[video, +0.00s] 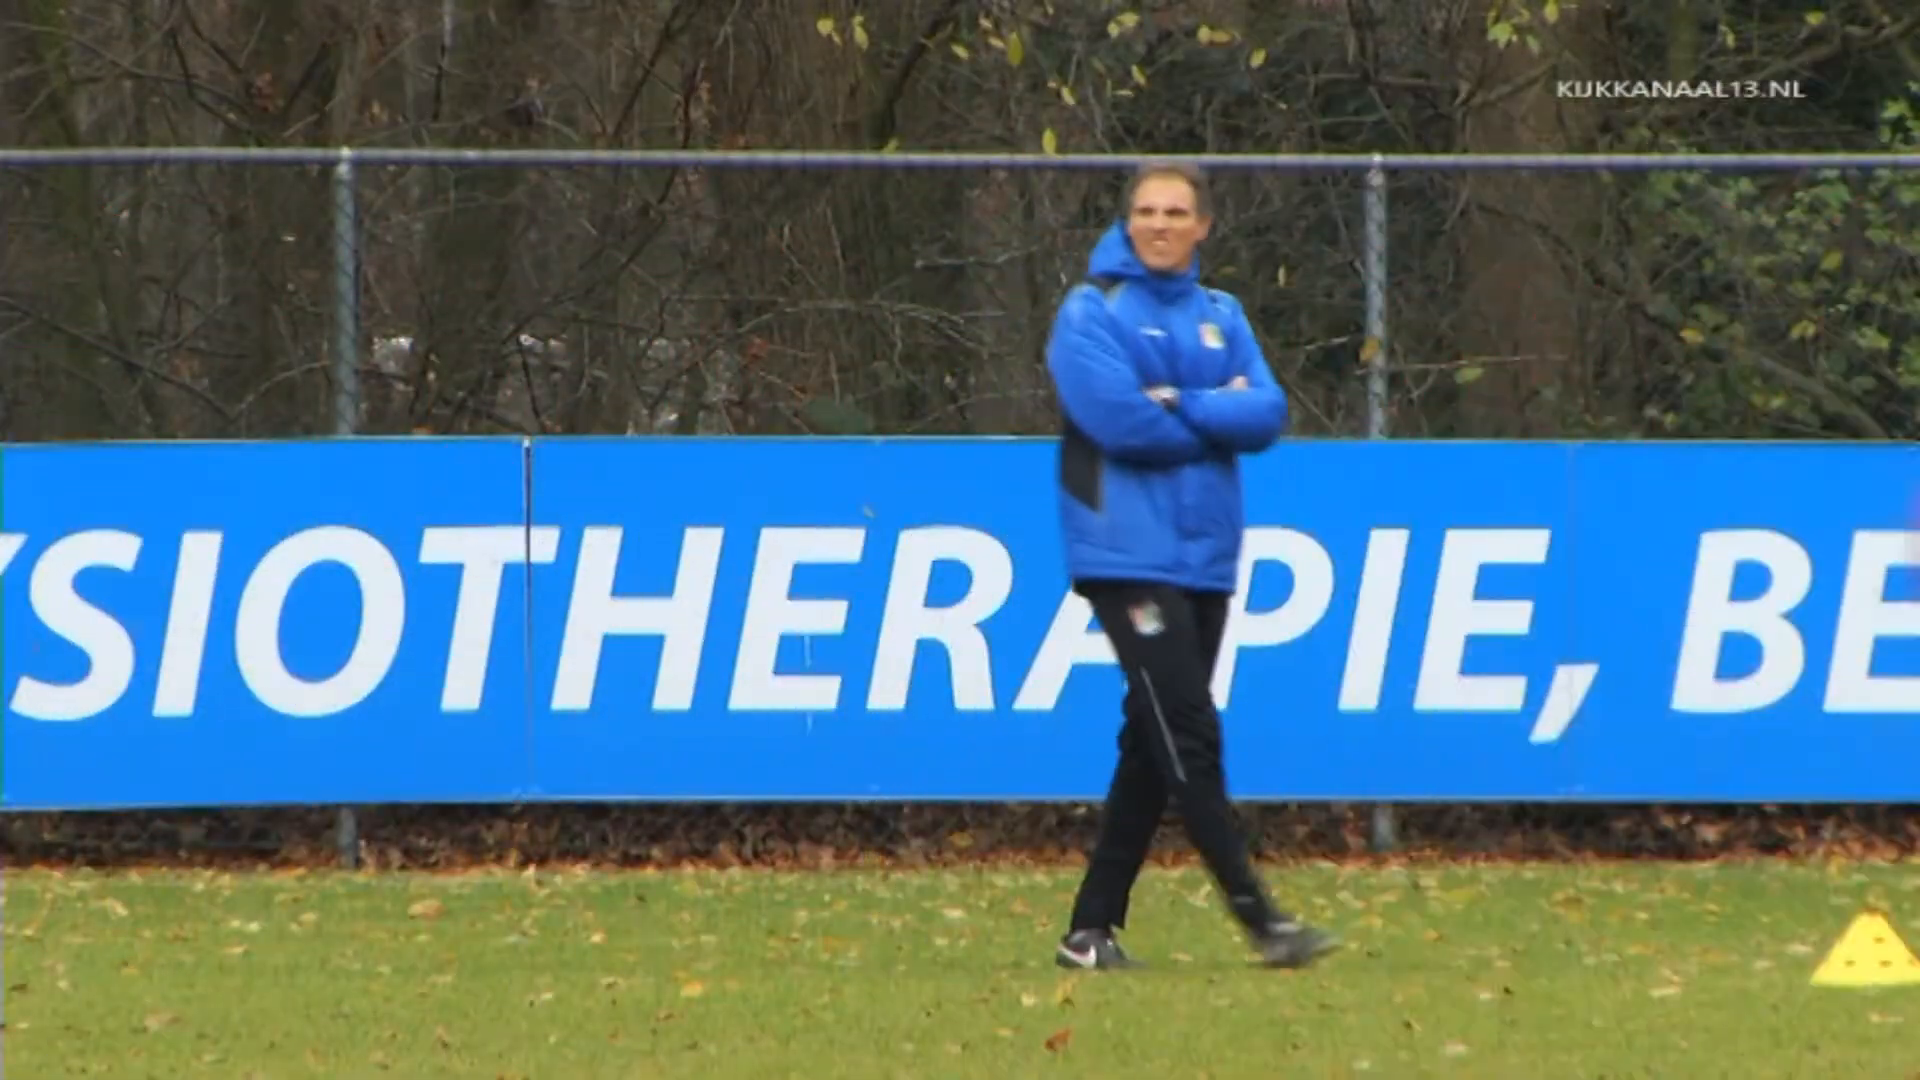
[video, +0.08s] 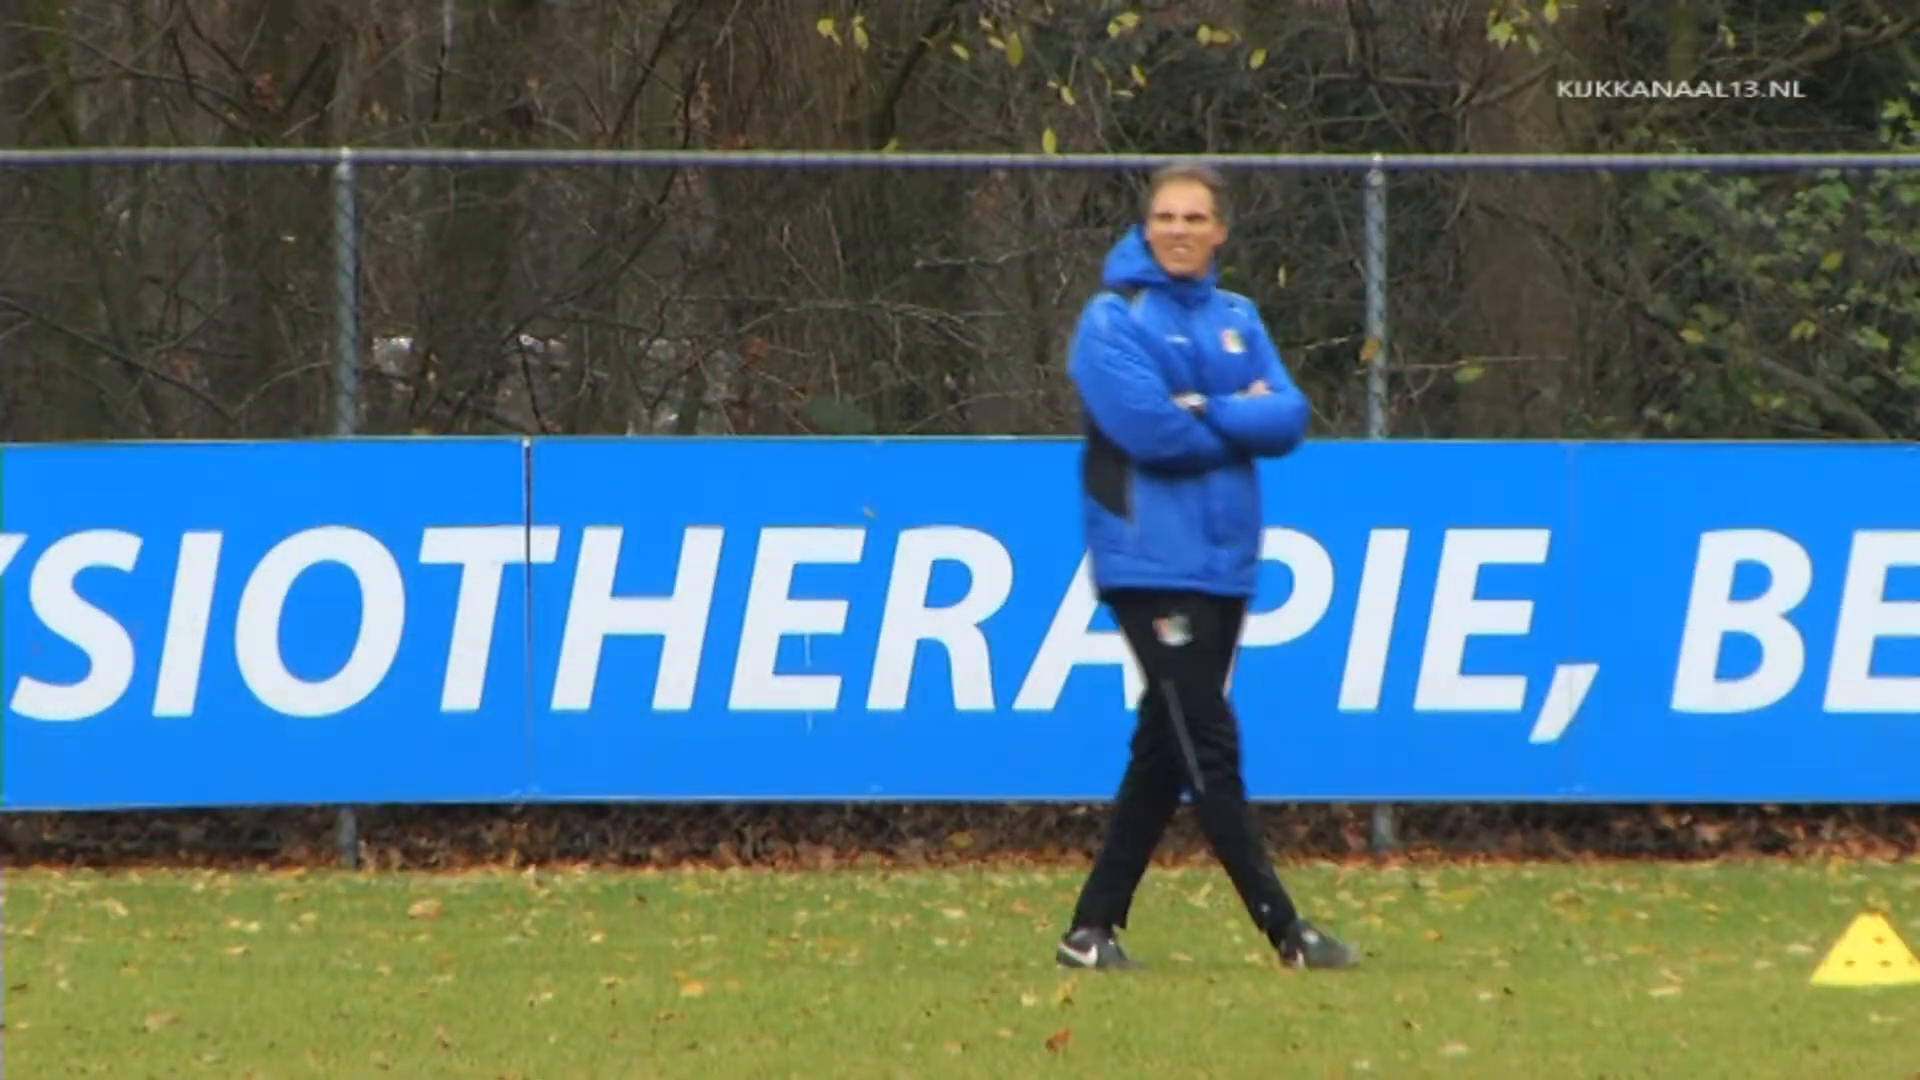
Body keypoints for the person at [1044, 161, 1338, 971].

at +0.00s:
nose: (1161, 225)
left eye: (1176, 213)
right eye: (1148, 213)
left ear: (1204, 227)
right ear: (1127, 224)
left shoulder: (1223, 313)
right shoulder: (1088, 314)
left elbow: (1267, 413)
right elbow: (1126, 429)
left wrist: (1173, 400)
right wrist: (1219, 420)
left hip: (1208, 555)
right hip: (1124, 553)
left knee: (1156, 743)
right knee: (1191, 732)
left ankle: (1091, 930)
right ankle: (1262, 921)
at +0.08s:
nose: (1181, 233)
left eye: (1196, 220)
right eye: (1168, 219)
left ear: (1220, 232)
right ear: (1146, 228)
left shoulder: (1240, 317)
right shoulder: (1108, 323)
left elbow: (1288, 419)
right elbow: (1154, 437)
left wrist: (1200, 406)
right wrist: (1242, 419)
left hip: (1227, 563)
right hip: (1146, 562)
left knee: (1165, 748)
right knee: (1210, 744)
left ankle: (1092, 929)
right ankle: (1287, 933)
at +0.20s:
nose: (1213, 235)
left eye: (1228, 222)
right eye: (1197, 222)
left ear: (1251, 233)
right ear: (1176, 232)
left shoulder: (1269, 312)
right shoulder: (1143, 329)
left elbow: (1325, 411)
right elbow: (1194, 444)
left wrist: (1240, 411)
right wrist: (1284, 423)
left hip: (1258, 561)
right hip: (1186, 566)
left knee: (1185, 751)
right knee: (1236, 751)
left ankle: (1098, 923)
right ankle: (1295, 934)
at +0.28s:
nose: (1234, 236)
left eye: (1248, 221)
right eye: (1218, 222)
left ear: (1272, 231)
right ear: (1196, 232)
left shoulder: (1293, 304)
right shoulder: (1165, 330)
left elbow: (1353, 402)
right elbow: (1220, 447)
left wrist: (1260, 408)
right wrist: (1308, 418)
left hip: (1285, 558)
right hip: (1211, 565)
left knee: (1211, 746)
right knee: (1244, 748)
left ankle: (1111, 912)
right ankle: (1297, 934)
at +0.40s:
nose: (1263, 235)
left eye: (1277, 221)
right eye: (1247, 222)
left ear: (1301, 228)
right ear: (1225, 232)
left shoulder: (1323, 300)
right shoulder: (1195, 328)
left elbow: (1382, 397)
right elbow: (1252, 445)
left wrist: (1290, 406)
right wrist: (1339, 416)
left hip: (1323, 554)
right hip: (1244, 562)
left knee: (1283, 745)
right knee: (1260, 747)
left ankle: (1156, 892)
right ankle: (1298, 932)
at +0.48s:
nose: (1277, 233)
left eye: (1292, 218)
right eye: (1262, 219)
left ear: (1317, 226)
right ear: (1242, 228)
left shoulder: (1343, 299)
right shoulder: (1212, 322)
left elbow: (1399, 393)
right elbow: (1262, 440)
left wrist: (1310, 404)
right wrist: (1351, 419)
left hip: (1340, 555)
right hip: (1260, 562)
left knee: (1332, 735)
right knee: (1269, 747)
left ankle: (1197, 883)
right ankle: (1298, 932)